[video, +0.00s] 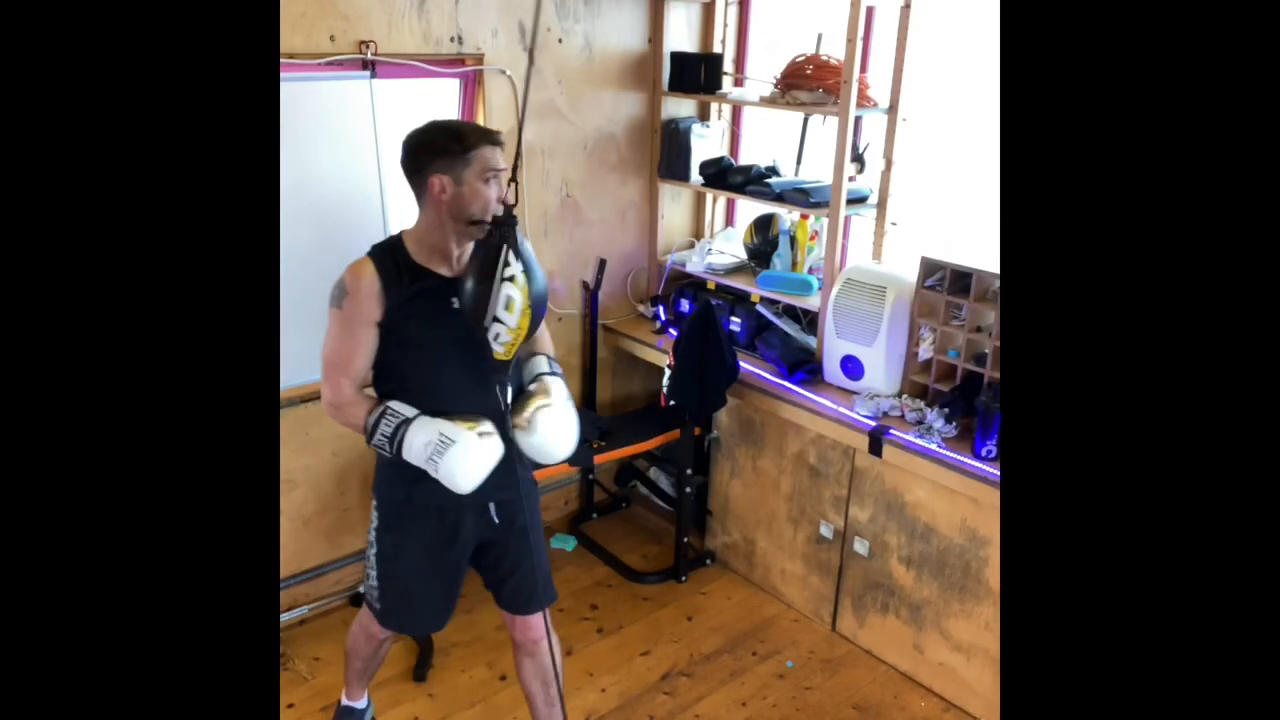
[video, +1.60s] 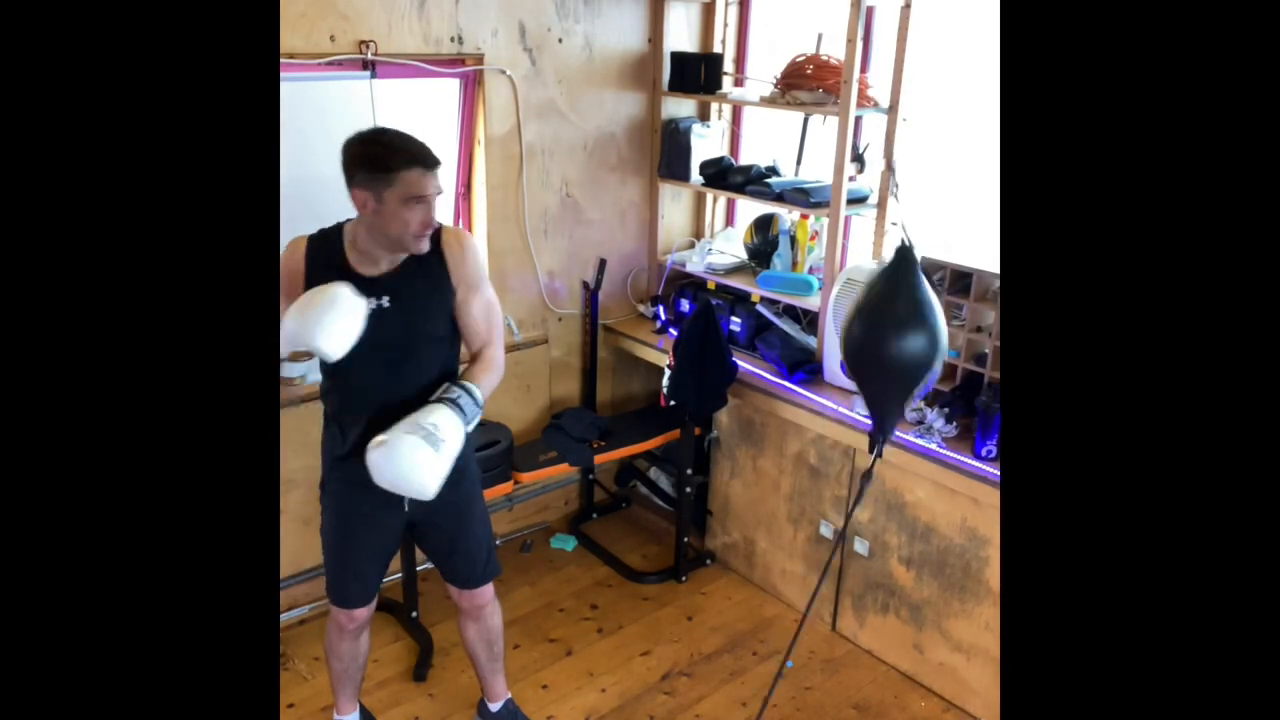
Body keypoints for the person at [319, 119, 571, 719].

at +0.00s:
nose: (505, 194)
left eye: (504, 178)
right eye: (491, 179)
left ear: (447, 188)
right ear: (440, 188)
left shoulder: (505, 257)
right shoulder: (369, 282)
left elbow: (532, 336)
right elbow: (341, 393)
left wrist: (545, 387)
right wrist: (416, 436)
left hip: (504, 469)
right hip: (416, 479)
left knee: (533, 625)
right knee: (383, 619)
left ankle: (552, 718)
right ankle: (353, 708)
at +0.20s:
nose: (445, 216)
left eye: (449, 197)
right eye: (427, 200)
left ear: (454, 194)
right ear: (378, 201)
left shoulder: (467, 258)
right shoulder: (323, 276)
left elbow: (497, 344)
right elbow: (320, 405)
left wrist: (496, 357)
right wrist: (380, 370)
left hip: (468, 472)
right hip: (380, 485)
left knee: (514, 615)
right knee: (368, 620)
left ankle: (534, 717)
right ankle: (357, 707)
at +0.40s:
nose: (439, 223)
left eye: (447, 205)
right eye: (422, 209)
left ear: (455, 197)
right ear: (378, 204)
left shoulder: (470, 250)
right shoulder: (337, 262)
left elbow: (488, 333)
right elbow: (346, 388)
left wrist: (492, 330)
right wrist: (390, 336)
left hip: (463, 462)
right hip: (380, 476)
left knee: (497, 603)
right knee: (361, 610)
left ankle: (508, 706)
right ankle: (357, 706)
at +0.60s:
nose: (467, 226)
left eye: (474, 209)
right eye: (448, 211)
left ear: (482, 198)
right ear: (405, 204)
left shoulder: (489, 241)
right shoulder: (368, 257)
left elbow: (517, 310)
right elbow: (423, 356)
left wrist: (539, 315)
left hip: (469, 451)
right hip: (390, 461)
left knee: (490, 586)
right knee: (365, 602)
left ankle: (507, 703)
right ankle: (355, 703)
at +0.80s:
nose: (470, 245)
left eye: (477, 225)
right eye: (451, 229)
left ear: (486, 215)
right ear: (409, 221)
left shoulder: (480, 243)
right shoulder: (349, 272)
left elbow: (495, 309)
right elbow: (342, 398)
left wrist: (514, 325)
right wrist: (423, 362)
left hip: (465, 457)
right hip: (386, 469)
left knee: (489, 588)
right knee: (364, 617)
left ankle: (506, 704)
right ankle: (345, 713)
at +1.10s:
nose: (441, 263)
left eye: (445, 246)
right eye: (424, 249)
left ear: (452, 237)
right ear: (372, 240)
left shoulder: (448, 263)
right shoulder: (304, 280)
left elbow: (468, 369)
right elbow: (286, 402)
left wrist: (468, 349)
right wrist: (344, 370)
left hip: (431, 460)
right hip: (347, 471)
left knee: (467, 587)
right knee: (339, 612)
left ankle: (495, 702)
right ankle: (341, 713)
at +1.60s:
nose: (432, 217)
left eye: (434, 200)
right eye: (416, 203)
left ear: (439, 194)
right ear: (363, 201)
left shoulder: (455, 251)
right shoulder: (303, 261)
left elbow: (489, 353)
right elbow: (286, 366)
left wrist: (448, 416)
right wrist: (295, 338)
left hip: (444, 451)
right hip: (355, 461)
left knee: (477, 593)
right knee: (350, 613)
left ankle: (497, 703)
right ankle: (347, 713)